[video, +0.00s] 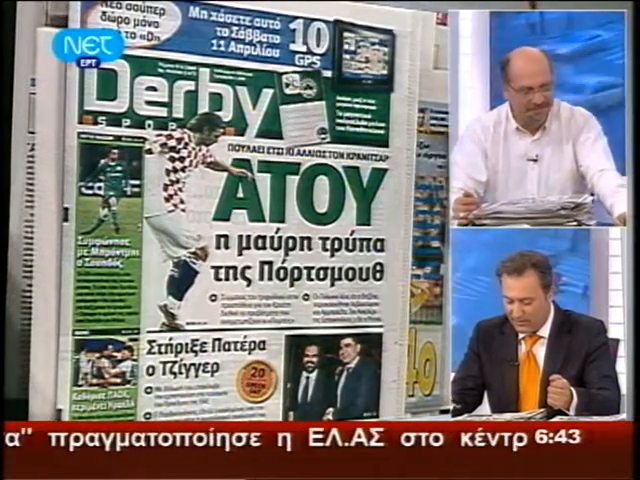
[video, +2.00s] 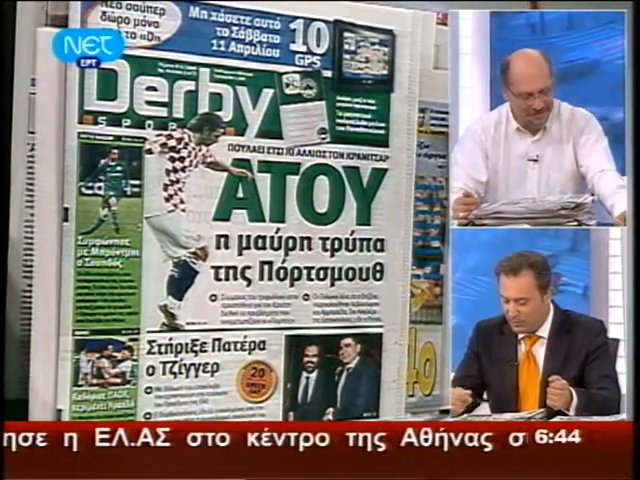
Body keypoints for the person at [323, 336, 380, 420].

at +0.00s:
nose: (343, 351)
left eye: (347, 346)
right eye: (341, 348)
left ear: (358, 348)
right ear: (339, 351)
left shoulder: (367, 368)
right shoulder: (340, 371)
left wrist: (335, 415)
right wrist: (330, 411)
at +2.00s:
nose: (343, 351)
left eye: (347, 346)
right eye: (341, 348)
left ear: (358, 348)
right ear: (338, 351)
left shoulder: (367, 368)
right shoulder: (341, 371)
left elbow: (361, 408)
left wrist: (335, 415)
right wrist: (331, 411)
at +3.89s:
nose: (343, 351)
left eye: (347, 346)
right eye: (341, 348)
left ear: (358, 348)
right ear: (339, 351)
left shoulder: (367, 368)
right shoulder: (341, 371)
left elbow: (361, 407)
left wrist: (335, 416)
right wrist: (332, 410)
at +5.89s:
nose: (343, 351)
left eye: (347, 346)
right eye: (341, 348)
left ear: (358, 348)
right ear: (339, 351)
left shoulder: (367, 367)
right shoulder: (341, 371)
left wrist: (335, 416)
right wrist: (332, 410)